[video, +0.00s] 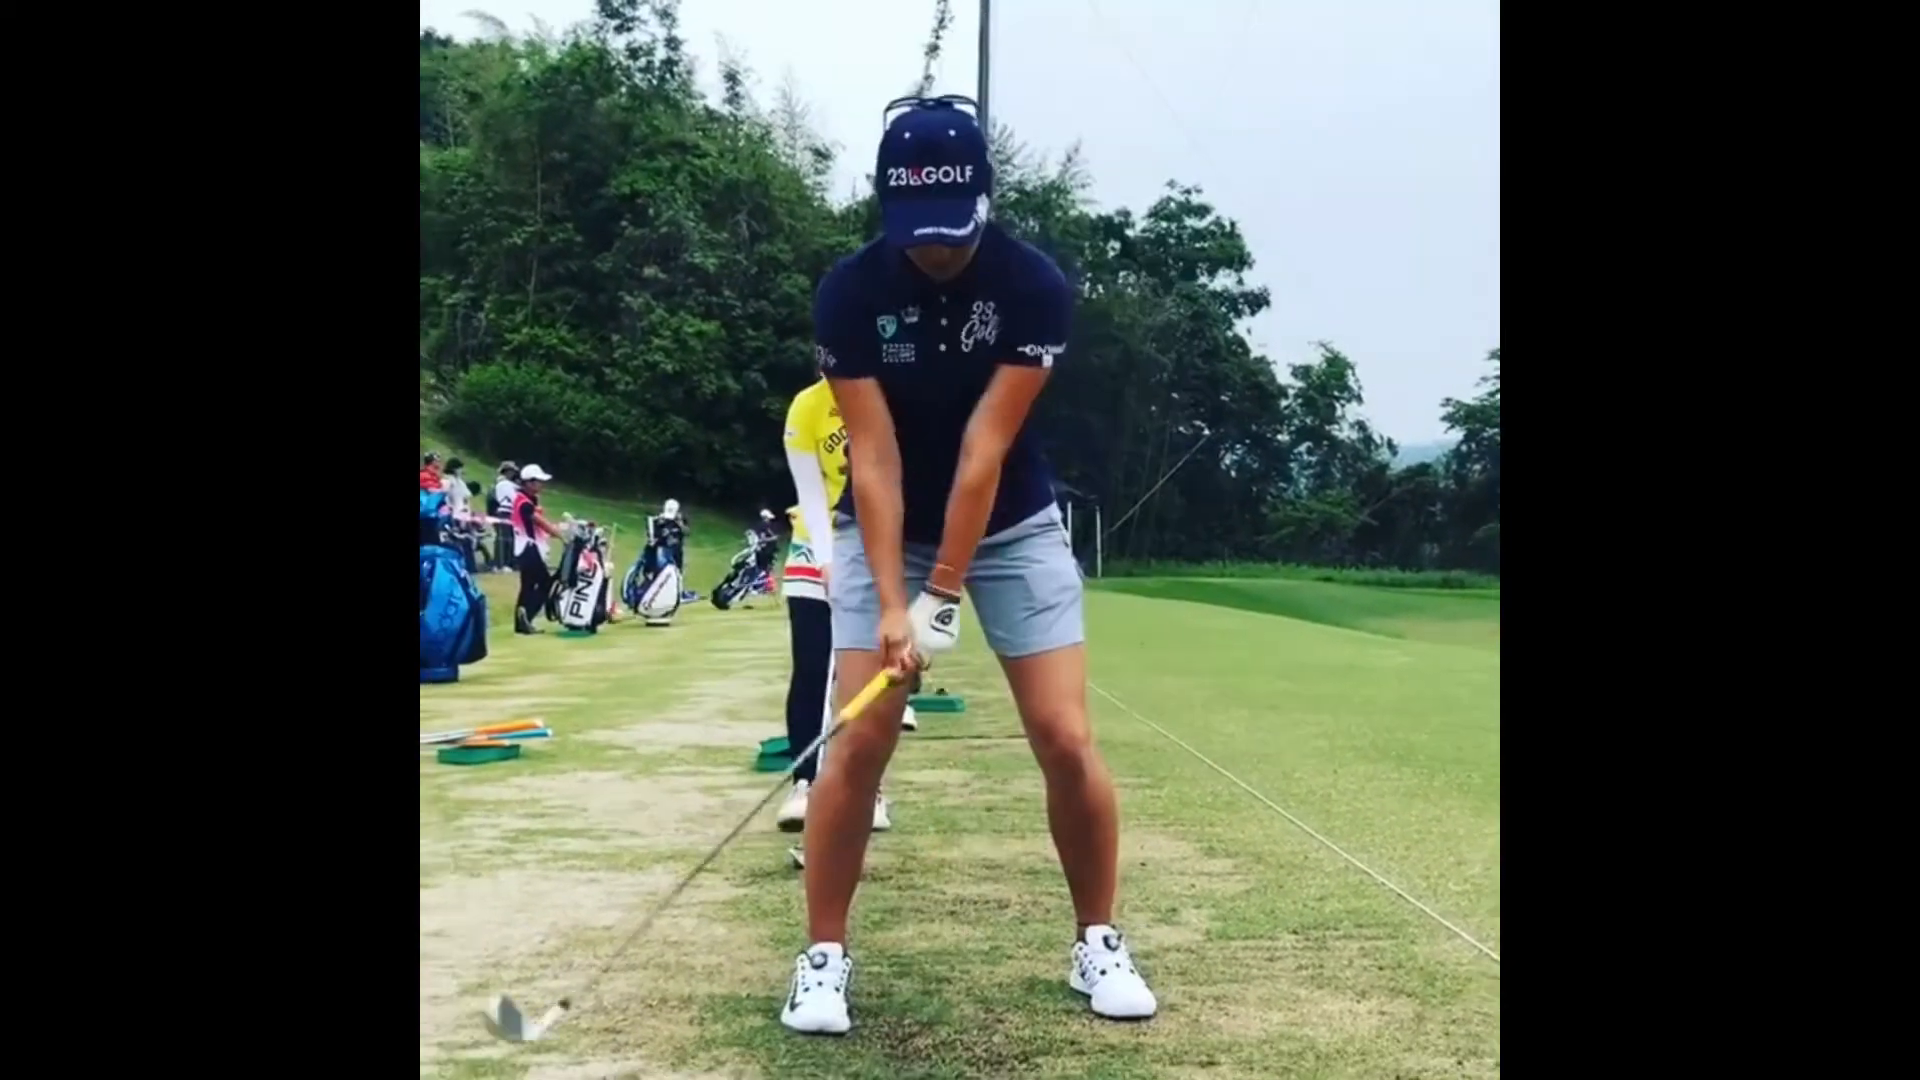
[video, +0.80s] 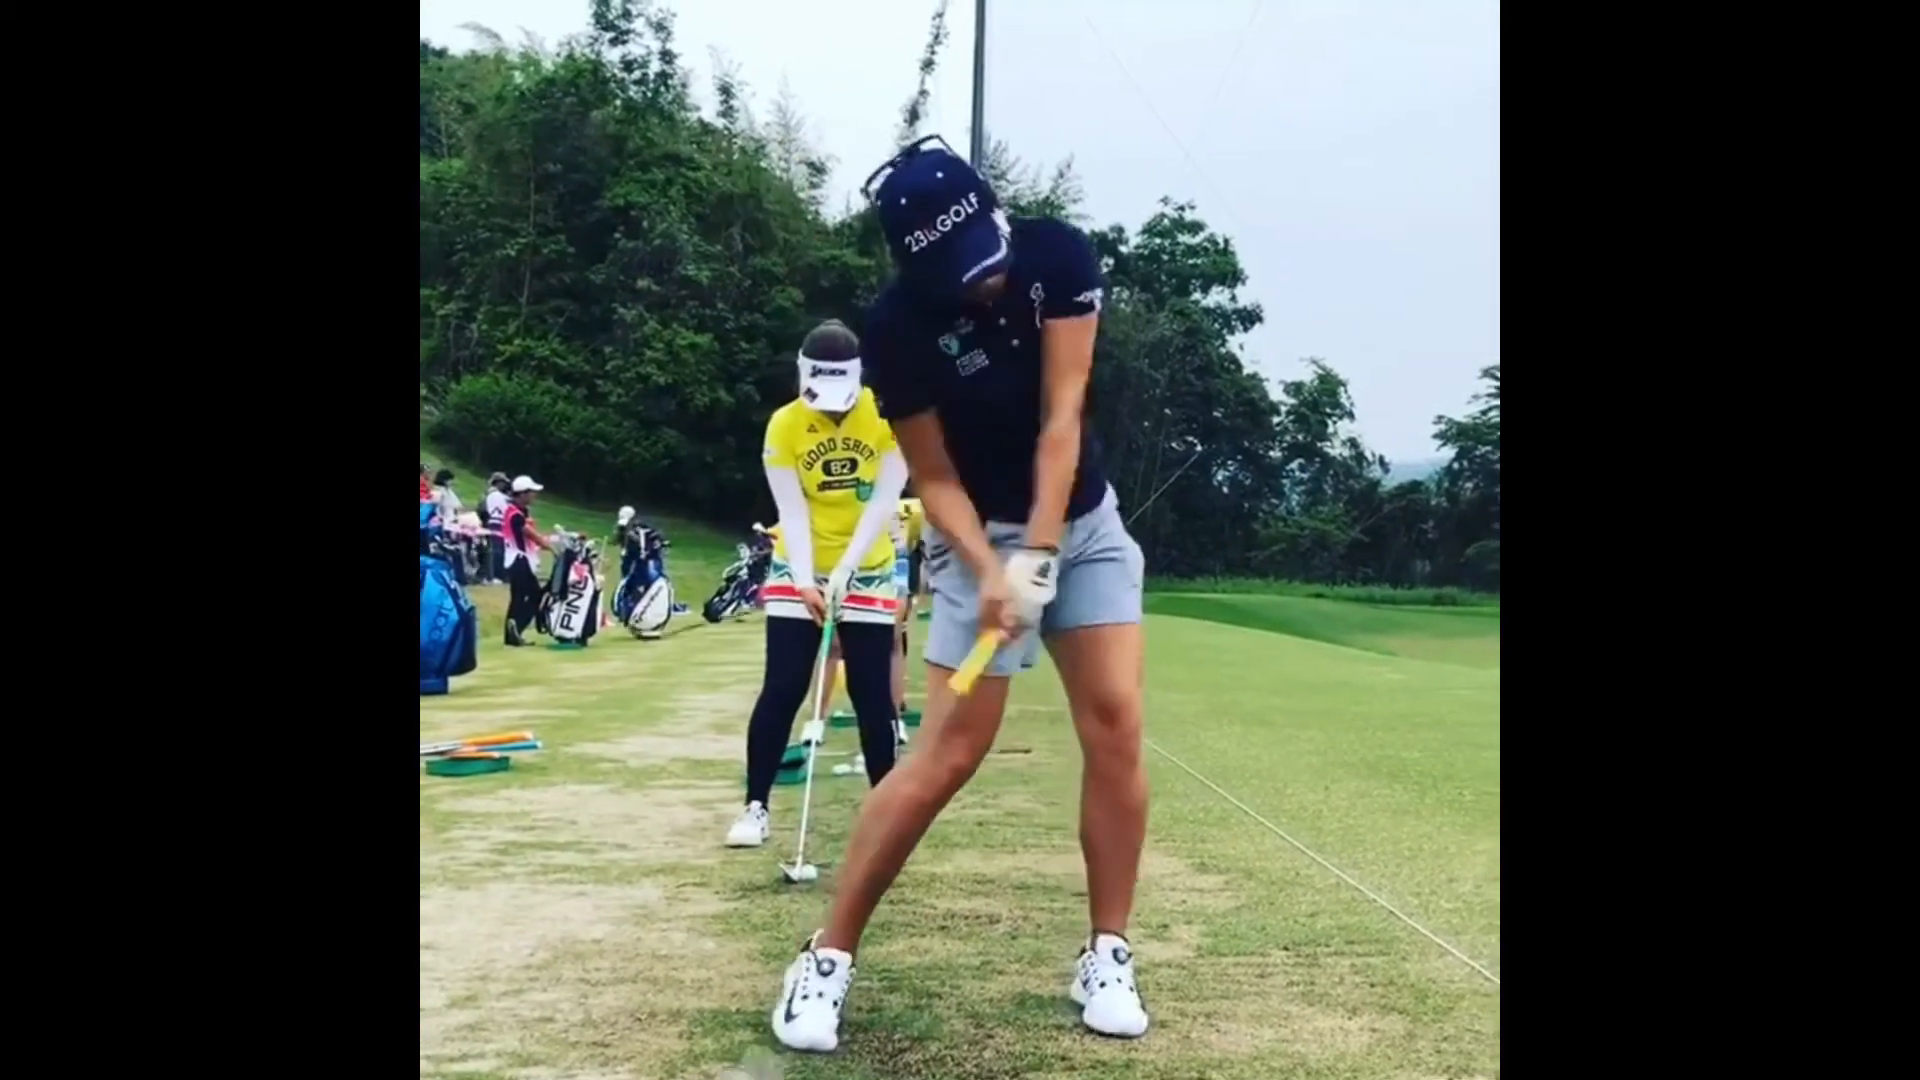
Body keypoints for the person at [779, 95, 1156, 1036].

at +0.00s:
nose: (938, 243)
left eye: (955, 223)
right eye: (920, 225)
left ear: (985, 199)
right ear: (890, 204)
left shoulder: (1036, 287)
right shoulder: (849, 293)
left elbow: (984, 450)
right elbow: (872, 454)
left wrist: (945, 591)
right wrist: (889, 597)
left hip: (1014, 529)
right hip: (888, 532)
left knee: (1066, 741)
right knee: (857, 744)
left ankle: (1100, 942)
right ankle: (824, 954)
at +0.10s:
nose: (940, 250)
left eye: (957, 231)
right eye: (923, 232)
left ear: (987, 206)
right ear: (892, 207)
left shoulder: (1020, 306)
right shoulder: (848, 283)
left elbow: (927, 470)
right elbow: (833, 437)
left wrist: (845, 591)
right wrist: (801, 572)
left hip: (1015, 536)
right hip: (893, 539)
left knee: (1067, 746)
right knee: (862, 739)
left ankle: (1101, 945)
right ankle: (825, 957)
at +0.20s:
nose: (945, 254)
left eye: (962, 235)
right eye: (928, 235)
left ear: (992, 214)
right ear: (899, 210)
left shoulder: (1005, 322)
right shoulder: (867, 265)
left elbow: (848, 440)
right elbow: (799, 391)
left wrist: (737, 526)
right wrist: (706, 496)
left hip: (1017, 539)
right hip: (893, 539)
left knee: (1068, 753)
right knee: (865, 738)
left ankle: (1103, 946)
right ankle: (828, 958)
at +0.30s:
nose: (938, 254)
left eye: (958, 236)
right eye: (922, 234)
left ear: (993, 216)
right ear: (897, 210)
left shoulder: (988, 320)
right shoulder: (888, 255)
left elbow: (809, 370)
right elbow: (800, 340)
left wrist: (663, 387)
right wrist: (669, 360)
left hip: (1018, 544)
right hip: (897, 542)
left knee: (1065, 760)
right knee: (867, 734)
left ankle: (1103, 946)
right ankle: (828, 958)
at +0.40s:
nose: (933, 253)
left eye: (954, 233)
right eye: (917, 232)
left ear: (990, 217)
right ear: (894, 211)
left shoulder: (977, 314)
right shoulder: (894, 264)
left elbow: (803, 313)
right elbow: (809, 307)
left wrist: (690, 256)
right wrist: (709, 249)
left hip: (1016, 549)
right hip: (895, 542)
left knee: (1061, 769)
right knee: (871, 736)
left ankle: (1102, 950)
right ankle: (829, 960)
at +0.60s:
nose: (939, 260)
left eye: (958, 239)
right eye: (921, 242)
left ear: (999, 217)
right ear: (896, 224)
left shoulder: (991, 312)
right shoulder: (911, 286)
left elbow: (826, 251)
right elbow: (848, 306)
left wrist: (773, 175)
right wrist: (811, 192)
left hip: (1025, 555)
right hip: (908, 548)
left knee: (1062, 775)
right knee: (870, 743)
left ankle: (1099, 953)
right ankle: (825, 963)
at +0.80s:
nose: (984, 276)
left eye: (987, 254)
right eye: (961, 270)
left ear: (994, 217)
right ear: (915, 261)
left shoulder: (1056, 256)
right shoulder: (895, 327)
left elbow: (1063, 416)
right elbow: (932, 475)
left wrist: (1042, 550)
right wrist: (989, 567)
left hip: (1083, 524)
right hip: (973, 541)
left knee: (1117, 722)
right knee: (951, 748)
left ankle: (1108, 953)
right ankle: (829, 958)